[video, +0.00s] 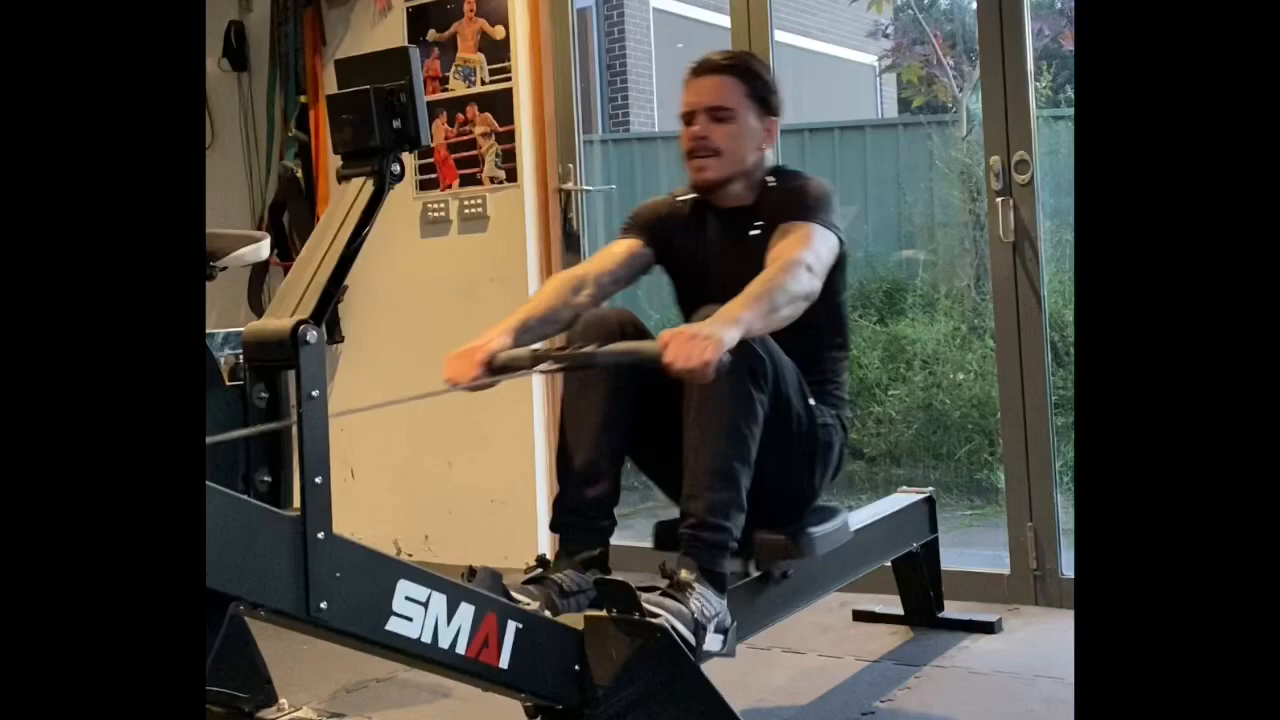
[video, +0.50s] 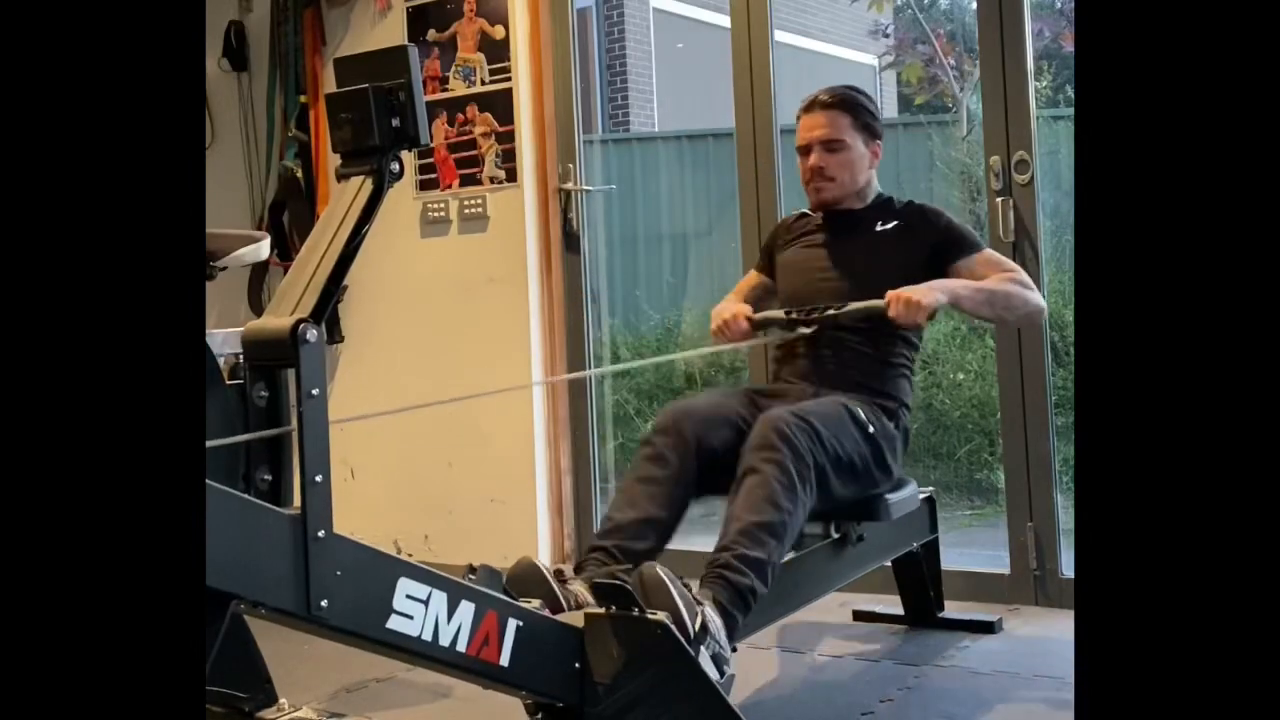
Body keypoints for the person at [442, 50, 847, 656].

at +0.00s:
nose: (697, 133)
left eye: (719, 117)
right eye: (688, 119)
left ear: (768, 133)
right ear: (680, 131)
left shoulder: (805, 201)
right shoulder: (667, 220)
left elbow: (794, 279)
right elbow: (588, 282)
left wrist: (725, 325)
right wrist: (505, 336)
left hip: (791, 465)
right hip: (699, 460)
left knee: (737, 351)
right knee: (601, 328)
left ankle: (700, 587)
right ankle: (578, 564)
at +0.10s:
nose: (749, 133)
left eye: (769, 118)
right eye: (740, 122)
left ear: (816, 136)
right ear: (731, 136)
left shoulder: (842, 202)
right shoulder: (716, 215)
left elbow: (829, 262)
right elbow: (633, 271)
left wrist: (764, 296)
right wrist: (558, 312)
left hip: (824, 449)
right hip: (736, 441)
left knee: (755, 362)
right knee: (632, 364)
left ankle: (706, 600)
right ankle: (581, 574)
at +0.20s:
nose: (787, 136)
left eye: (808, 123)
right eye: (779, 126)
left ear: (851, 140)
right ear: (769, 139)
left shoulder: (874, 202)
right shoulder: (751, 215)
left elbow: (877, 262)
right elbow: (679, 268)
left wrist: (819, 288)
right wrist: (612, 306)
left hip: (852, 419)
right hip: (756, 407)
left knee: (779, 401)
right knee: (651, 409)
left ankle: (706, 613)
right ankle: (583, 584)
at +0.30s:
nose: (818, 151)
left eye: (838, 138)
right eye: (810, 141)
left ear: (879, 151)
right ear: (802, 153)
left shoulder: (906, 214)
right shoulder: (780, 225)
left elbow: (928, 280)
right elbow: (712, 280)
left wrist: (864, 286)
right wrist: (662, 298)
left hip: (860, 405)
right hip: (773, 399)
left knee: (795, 451)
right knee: (679, 451)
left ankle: (716, 619)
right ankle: (581, 591)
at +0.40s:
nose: (829, 168)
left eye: (846, 154)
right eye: (820, 156)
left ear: (887, 160)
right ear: (812, 165)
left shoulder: (921, 227)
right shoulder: (799, 235)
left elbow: (995, 298)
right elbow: (744, 289)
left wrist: (911, 293)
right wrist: (710, 303)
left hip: (864, 412)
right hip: (774, 410)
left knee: (793, 469)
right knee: (693, 474)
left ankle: (717, 621)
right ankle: (588, 591)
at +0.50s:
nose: (813, 161)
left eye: (830, 147)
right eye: (804, 149)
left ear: (874, 153)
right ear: (798, 157)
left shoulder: (918, 228)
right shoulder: (788, 235)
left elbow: (1029, 302)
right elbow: (737, 303)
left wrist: (944, 292)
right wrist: (732, 314)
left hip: (862, 413)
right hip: (772, 401)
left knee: (780, 433)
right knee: (680, 423)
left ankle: (716, 620)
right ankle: (593, 588)